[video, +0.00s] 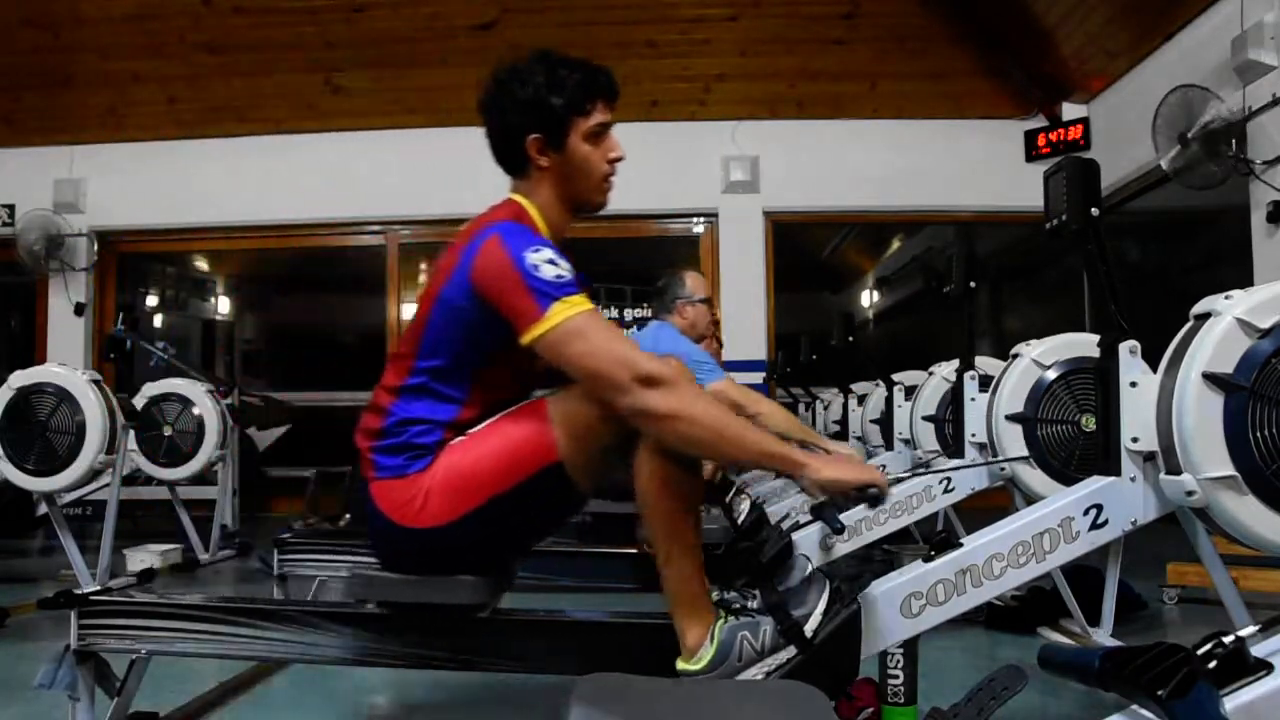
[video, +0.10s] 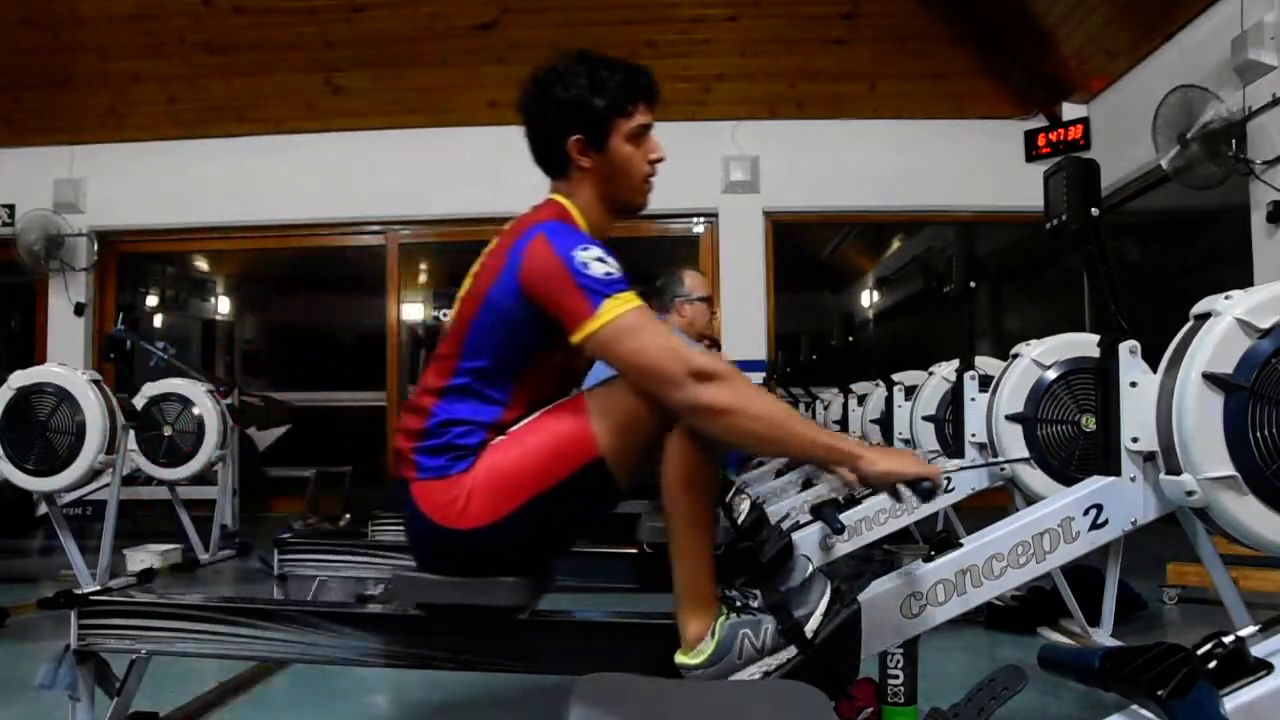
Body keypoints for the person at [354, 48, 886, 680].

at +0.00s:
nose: (618, 153)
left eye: (613, 134)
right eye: (599, 136)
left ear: (549, 154)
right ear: (541, 152)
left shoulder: (527, 244)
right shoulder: (509, 247)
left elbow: (633, 377)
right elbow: (643, 386)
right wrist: (802, 466)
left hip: (440, 487)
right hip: (414, 501)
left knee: (644, 387)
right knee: (640, 398)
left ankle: (698, 617)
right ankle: (700, 640)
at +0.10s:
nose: (659, 154)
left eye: (653, 134)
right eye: (639, 136)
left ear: (589, 153)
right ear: (582, 151)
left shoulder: (565, 241)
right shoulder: (554, 245)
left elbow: (681, 371)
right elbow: (692, 383)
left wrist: (837, 452)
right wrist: (856, 456)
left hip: (476, 490)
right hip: (457, 503)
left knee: (680, 380)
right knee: (679, 392)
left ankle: (704, 613)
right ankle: (701, 631)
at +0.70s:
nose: (595, 138)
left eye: (591, 120)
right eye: (576, 121)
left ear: (528, 140)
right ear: (519, 135)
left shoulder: (513, 228)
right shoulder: (503, 232)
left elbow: (611, 359)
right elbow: (642, 373)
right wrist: (808, 415)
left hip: (431, 477)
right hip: (405, 493)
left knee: (643, 370)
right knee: (645, 386)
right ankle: (702, 630)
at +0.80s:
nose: (510, 124)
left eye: (505, 107)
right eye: (488, 110)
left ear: (440, 129)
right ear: (431, 129)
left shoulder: (447, 228)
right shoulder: (421, 225)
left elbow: (537, 357)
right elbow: (551, 365)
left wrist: (701, 398)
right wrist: (722, 398)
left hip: (376, 475)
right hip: (341, 487)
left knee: (584, 394)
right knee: (590, 413)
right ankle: (702, 636)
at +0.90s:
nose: (415, 117)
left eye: (411, 99)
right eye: (392, 101)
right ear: (334, 121)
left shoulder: (382, 231)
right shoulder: (331, 215)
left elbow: (468, 361)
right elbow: (461, 340)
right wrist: (626, 374)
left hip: (326, 473)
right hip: (279, 485)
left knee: (544, 429)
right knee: (539, 439)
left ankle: (701, 613)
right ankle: (704, 641)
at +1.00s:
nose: (323, 115)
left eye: (320, 99)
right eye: (299, 99)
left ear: (310, 113)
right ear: (240, 117)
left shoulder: (303, 235)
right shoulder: (235, 215)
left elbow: (397, 342)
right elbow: (360, 334)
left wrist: (527, 365)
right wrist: (532, 364)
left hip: (269, 467)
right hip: (225, 480)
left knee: (513, 477)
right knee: (493, 482)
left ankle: (711, 620)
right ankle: (704, 644)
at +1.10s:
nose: (237, 126)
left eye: (236, 110)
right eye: (215, 111)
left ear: (227, 122)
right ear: (154, 128)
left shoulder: (245, 256)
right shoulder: (150, 231)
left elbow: (341, 358)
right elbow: (248, 348)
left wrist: (446, 376)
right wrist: (429, 350)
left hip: (250, 469)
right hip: (196, 488)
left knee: (487, 500)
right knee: (470, 513)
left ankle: (693, 623)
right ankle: (697, 639)